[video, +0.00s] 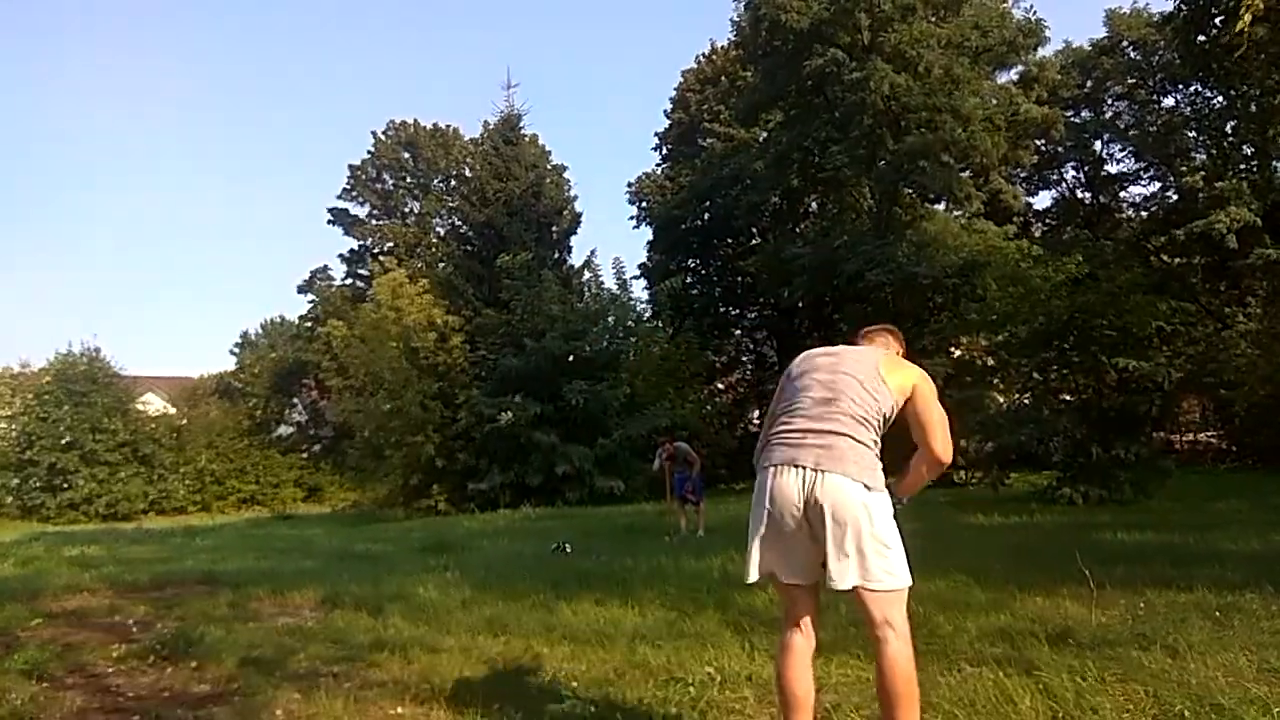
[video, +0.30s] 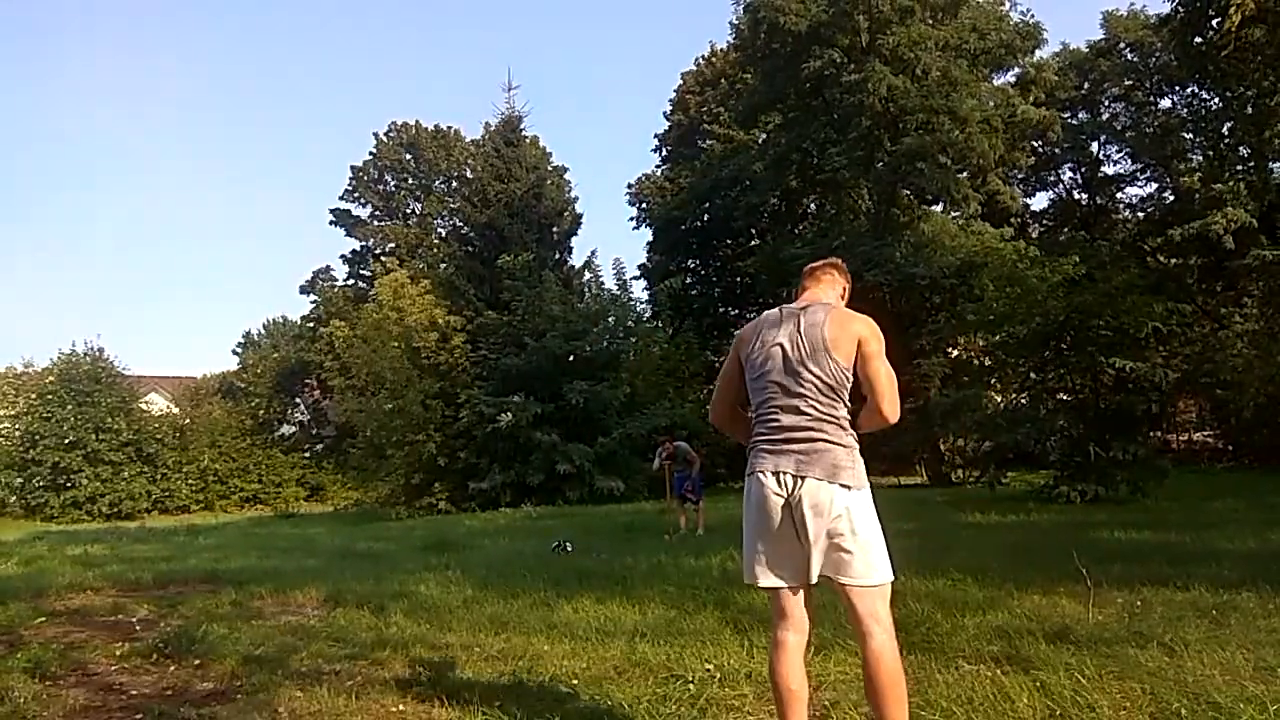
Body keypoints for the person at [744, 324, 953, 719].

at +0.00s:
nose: (900, 365)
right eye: (902, 359)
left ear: (856, 342)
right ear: (898, 353)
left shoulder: (803, 360)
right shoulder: (908, 372)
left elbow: (768, 432)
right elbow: (939, 453)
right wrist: (902, 489)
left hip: (777, 483)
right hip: (850, 487)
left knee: (797, 623)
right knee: (889, 628)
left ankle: (796, 715)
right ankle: (904, 714)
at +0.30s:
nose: (843, 302)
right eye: (846, 296)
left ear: (798, 291)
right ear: (843, 293)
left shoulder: (752, 330)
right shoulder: (859, 325)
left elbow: (720, 412)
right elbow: (886, 411)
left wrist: (769, 440)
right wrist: (842, 424)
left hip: (765, 480)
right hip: (835, 480)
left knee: (787, 625)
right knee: (875, 624)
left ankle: (794, 718)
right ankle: (893, 716)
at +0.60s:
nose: (821, 291)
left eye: (819, 285)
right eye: (821, 284)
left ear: (771, 281)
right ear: (816, 281)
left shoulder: (727, 332)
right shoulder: (835, 325)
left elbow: (710, 419)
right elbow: (883, 413)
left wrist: (761, 441)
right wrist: (858, 430)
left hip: (756, 489)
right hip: (825, 486)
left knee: (781, 629)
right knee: (871, 623)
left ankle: (791, 717)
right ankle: (889, 715)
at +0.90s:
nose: (815, 287)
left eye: (813, 281)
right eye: (815, 280)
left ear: (765, 279)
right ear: (808, 277)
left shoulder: (720, 332)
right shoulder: (829, 325)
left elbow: (700, 416)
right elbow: (867, 414)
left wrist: (754, 434)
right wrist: (841, 418)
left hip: (753, 486)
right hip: (821, 484)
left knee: (779, 626)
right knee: (866, 622)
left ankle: (789, 719)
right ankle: (888, 716)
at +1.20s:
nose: (811, 289)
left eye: (810, 283)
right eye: (812, 282)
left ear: (761, 277)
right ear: (804, 279)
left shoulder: (715, 332)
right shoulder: (824, 327)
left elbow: (700, 417)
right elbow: (854, 416)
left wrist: (755, 418)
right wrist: (840, 393)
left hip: (752, 489)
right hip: (821, 487)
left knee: (778, 628)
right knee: (865, 623)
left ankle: (788, 719)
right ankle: (887, 716)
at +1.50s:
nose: (806, 289)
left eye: (804, 282)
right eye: (806, 281)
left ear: (756, 279)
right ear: (799, 278)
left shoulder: (711, 333)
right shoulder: (820, 323)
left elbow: (706, 418)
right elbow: (897, 386)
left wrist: (764, 411)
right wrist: (853, 386)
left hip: (751, 491)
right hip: (820, 488)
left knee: (778, 626)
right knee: (865, 623)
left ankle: (789, 718)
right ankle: (887, 716)